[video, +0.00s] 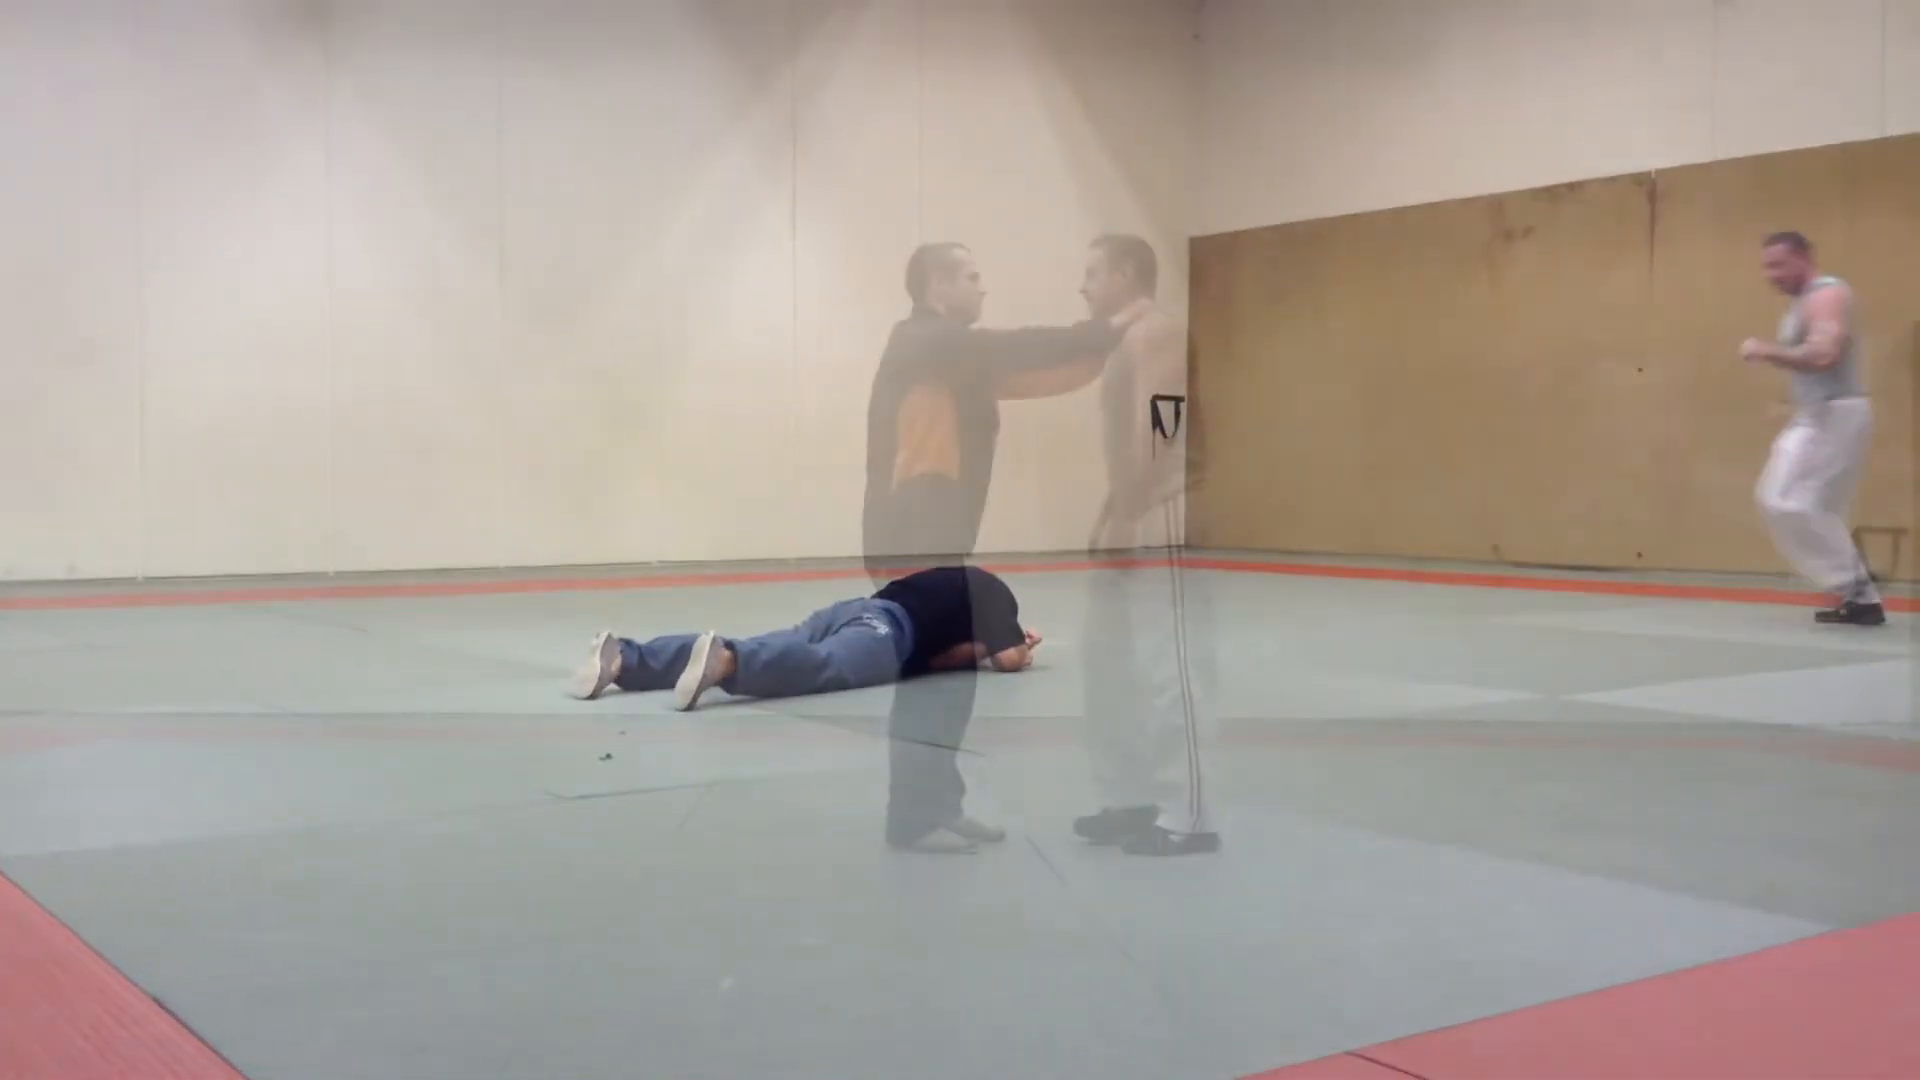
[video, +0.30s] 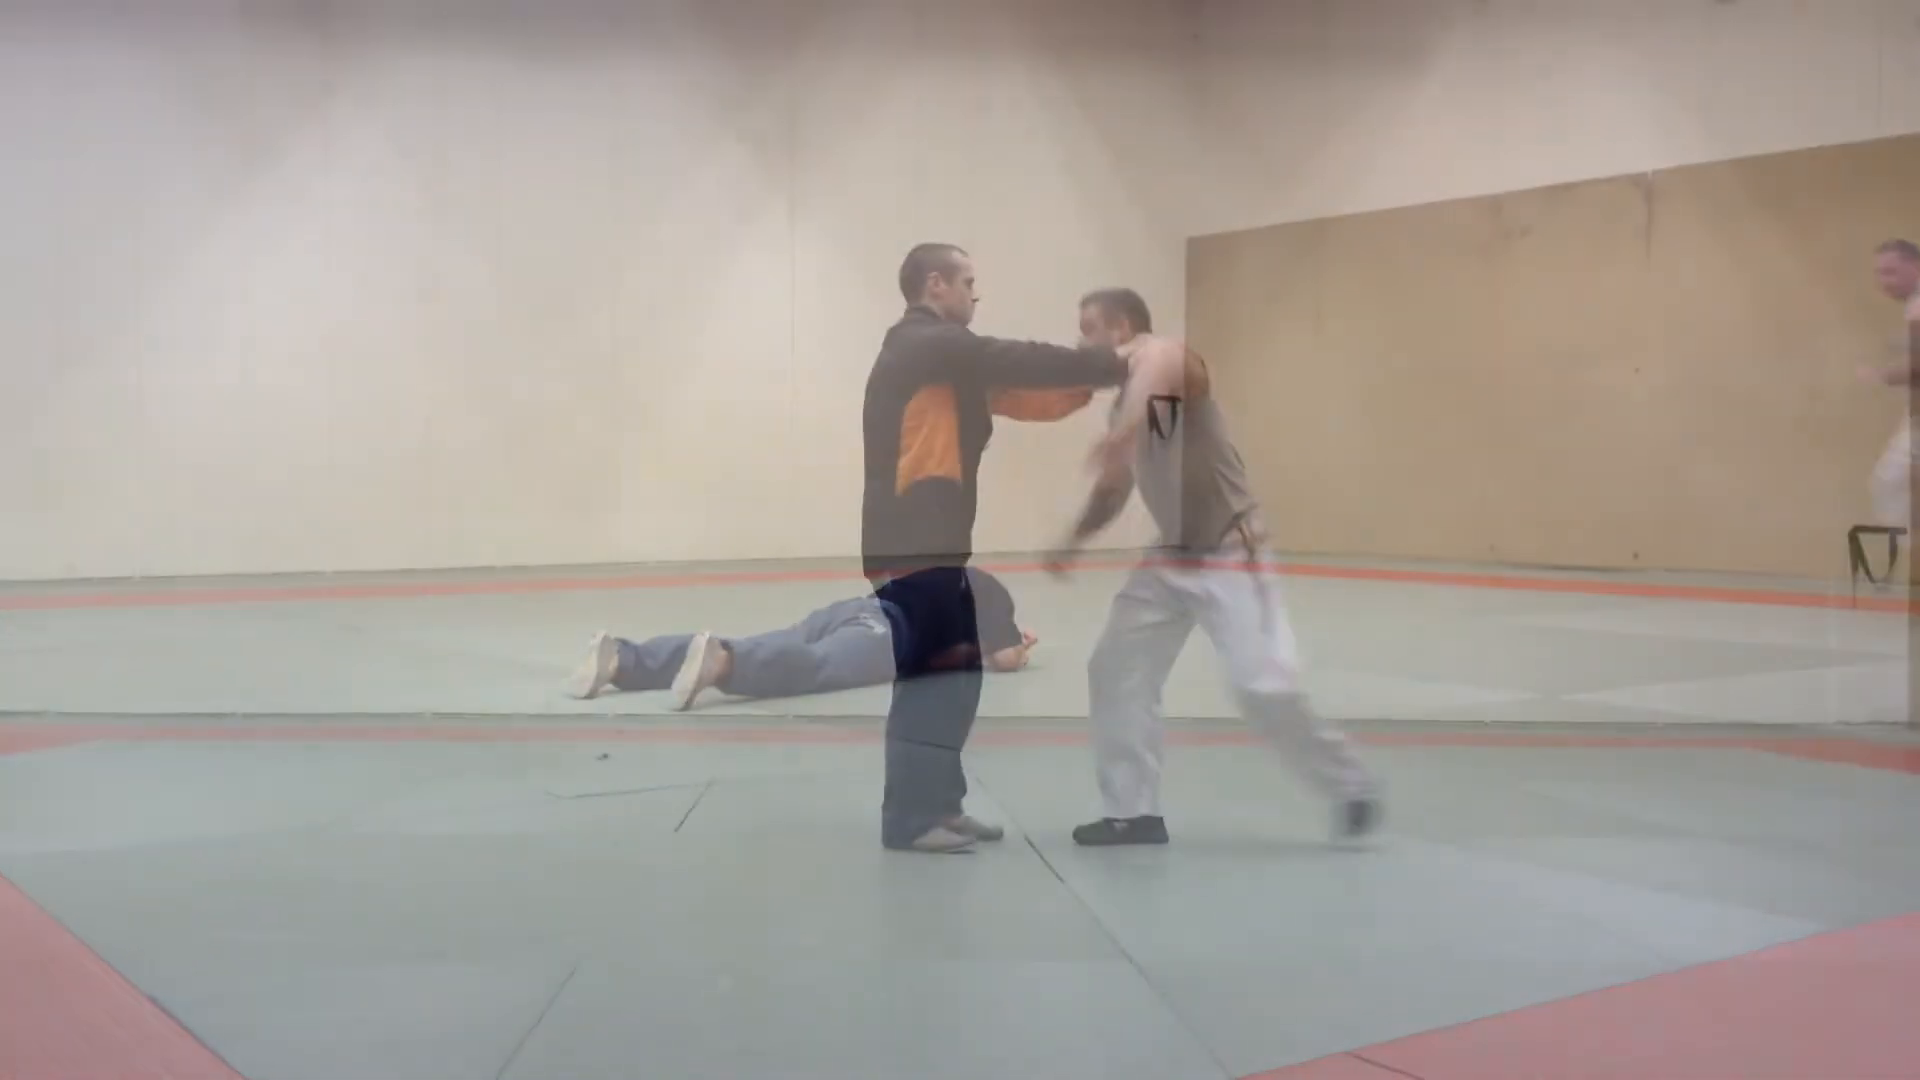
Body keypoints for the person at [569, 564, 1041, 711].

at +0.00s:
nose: (1015, 642)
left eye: (1013, 638)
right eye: (1015, 637)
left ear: (977, 597)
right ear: (1005, 605)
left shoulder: (944, 593)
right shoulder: (990, 592)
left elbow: (930, 659)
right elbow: (993, 654)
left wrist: (999, 652)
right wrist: (1012, 657)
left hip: (854, 610)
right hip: (890, 626)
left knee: (763, 647)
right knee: (823, 665)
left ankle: (625, 660)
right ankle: (731, 661)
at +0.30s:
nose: (1015, 634)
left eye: (1011, 626)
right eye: (1013, 623)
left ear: (979, 586)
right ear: (999, 601)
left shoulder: (951, 582)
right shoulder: (986, 599)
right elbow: (993, 656)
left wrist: (1008, 641)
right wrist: (1016, 654)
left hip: (864, 610)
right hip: (889, 636)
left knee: (769, 646)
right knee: (815, 667)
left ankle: (624, 662)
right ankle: (727, 662)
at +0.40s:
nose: (1017, 635)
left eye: (1010, 626)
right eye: (1015, 624)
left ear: (981, 589)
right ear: (1001, 603)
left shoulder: (951, 580)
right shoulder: (989, 602)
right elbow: (990, 658)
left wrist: (1004, 641)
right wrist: (1014, 656)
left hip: (870, 610)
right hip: (894, 638)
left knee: (775, 646)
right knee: (817, 666)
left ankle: (626, 663)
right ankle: (727, 663)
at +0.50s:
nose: (1016, 638)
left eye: (1011, 629)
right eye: (1011, 626)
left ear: (983, 592)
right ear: (999, 609)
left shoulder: (959, 579)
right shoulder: (984, 607)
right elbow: (988, 659)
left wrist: (1003, 642)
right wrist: (1015, 656)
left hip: (869, 612)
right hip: (893, 639)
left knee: (770, 649)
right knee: (815, 669)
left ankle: (625, 664)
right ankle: (728, 664)